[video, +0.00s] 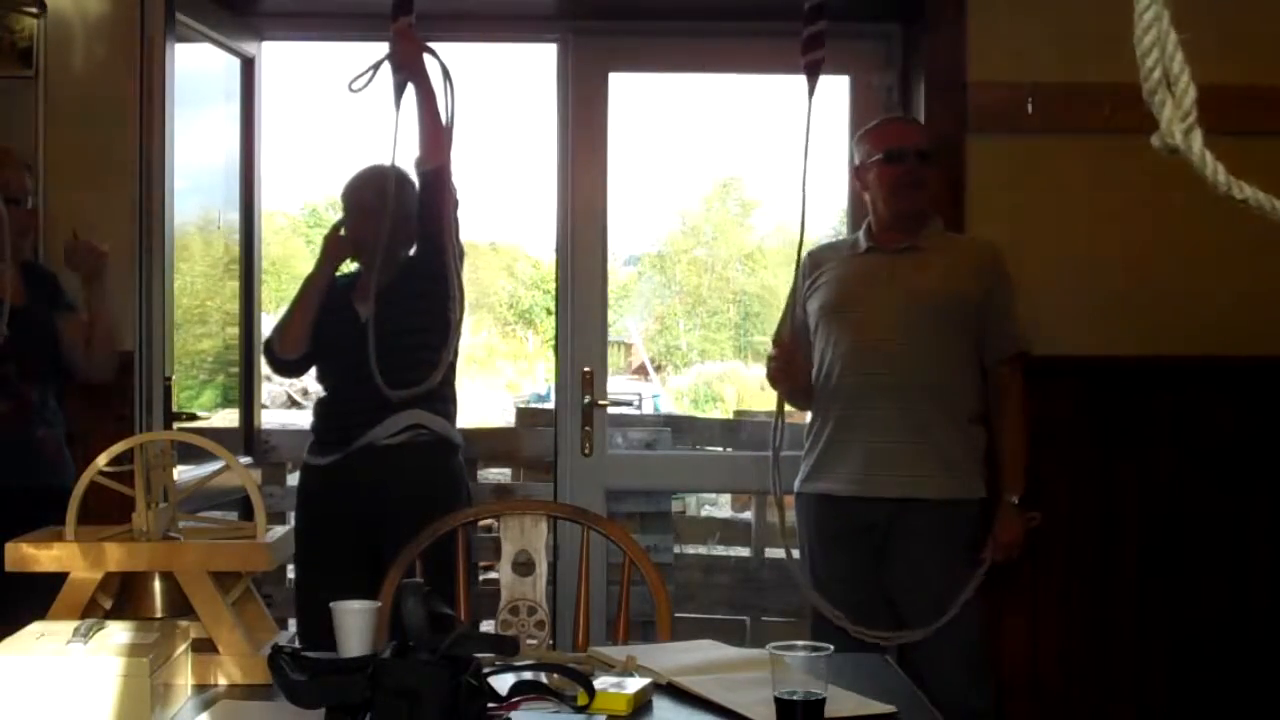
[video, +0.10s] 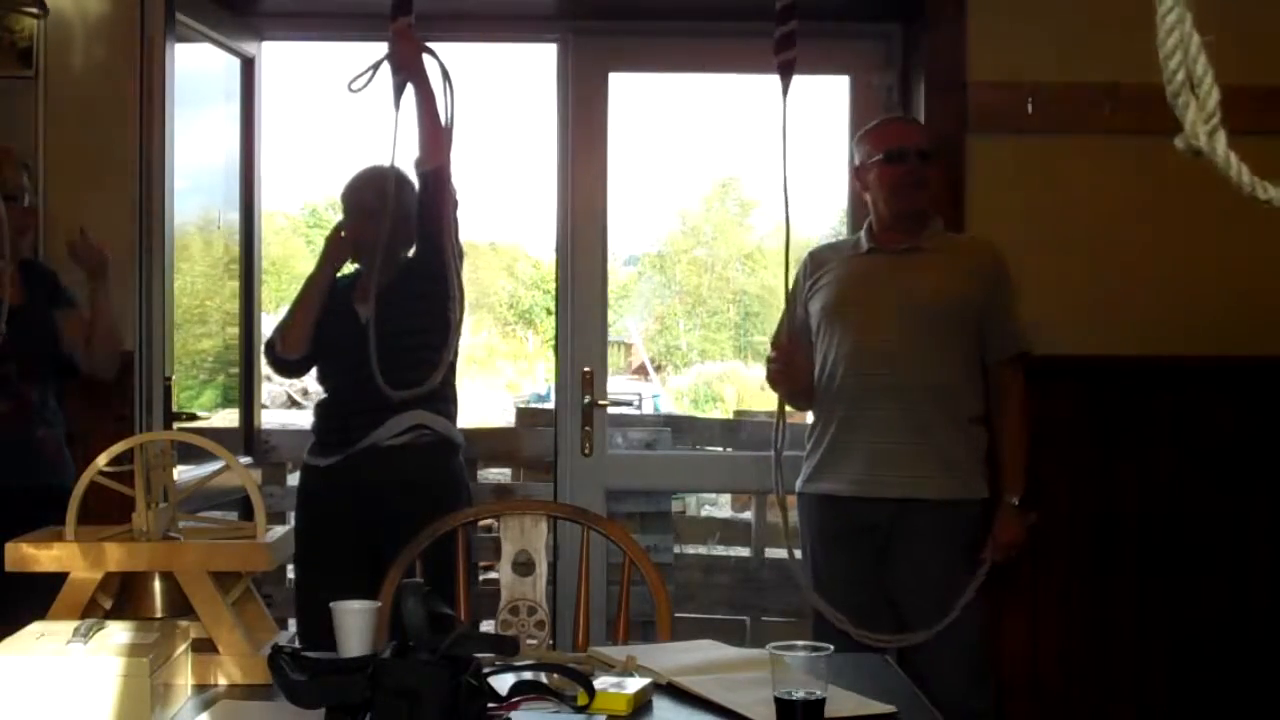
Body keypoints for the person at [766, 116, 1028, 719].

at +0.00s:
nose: (912, 169)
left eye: (923, 158)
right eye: (894, 158)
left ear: (936, 172)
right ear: (859, 178)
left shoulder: (976, 262)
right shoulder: (820, 265)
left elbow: (1006, 386)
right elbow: (806, 391)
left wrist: (1010, 500)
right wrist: (788, 378)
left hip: (942, 502)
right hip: (834, 501)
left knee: (948, 675)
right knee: (847, 673)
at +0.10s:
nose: (914, 168)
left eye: (924, 157)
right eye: (895, 158)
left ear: (938, 172)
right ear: (860, 178)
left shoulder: (975, 261)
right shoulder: (821, 265)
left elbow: (1007, 384)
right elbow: (807, 392)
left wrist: (1011, 500)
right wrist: (788, 378)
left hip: (944, 503)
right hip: (836, 502)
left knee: (947, 677)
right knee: (848, 674)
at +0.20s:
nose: (913, 169)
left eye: (925, 157)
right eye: (894, 158)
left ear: (939, 172)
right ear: (860, 178)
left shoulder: (977, 262)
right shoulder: (822, 266)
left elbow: (1008, 387)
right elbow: (808, 392)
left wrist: (1012, 501)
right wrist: (784, 377)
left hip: (948, 502)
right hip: (839, 501)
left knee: (950, 677)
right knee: (851, 675)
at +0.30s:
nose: (900, 170)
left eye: (916, 157)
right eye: (883, 160)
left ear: (938, 173)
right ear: (861, 179)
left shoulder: (979, 262)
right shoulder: (821, 267)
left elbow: (1011, 388)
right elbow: (808, 389)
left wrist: (1014, 500)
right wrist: (778, 381)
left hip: (951, 504)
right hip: (841, 501)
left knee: (952, 679)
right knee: (852, 678)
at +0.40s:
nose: (869, 170)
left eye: (888, 157)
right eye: (863, 159)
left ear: (927, 173)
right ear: (853, 173)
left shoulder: (979, 264)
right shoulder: (823, 268)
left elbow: (1010, 389)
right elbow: (808, 388)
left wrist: (1016, 500)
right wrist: (774, 383)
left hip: (952, 505)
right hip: (843, 502)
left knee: (952, 681)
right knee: (853, 678)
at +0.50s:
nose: (862, 173)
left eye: (880, 159)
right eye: (858, 160)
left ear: (925, 173)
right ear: (850, 172)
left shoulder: (980, 264)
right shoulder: (824, 270)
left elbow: (1012, 390)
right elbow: (809, 391)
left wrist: (1017, 501)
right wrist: (773, 384)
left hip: (954, 506)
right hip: (845, 504)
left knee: (953, 681)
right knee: (854, 680)